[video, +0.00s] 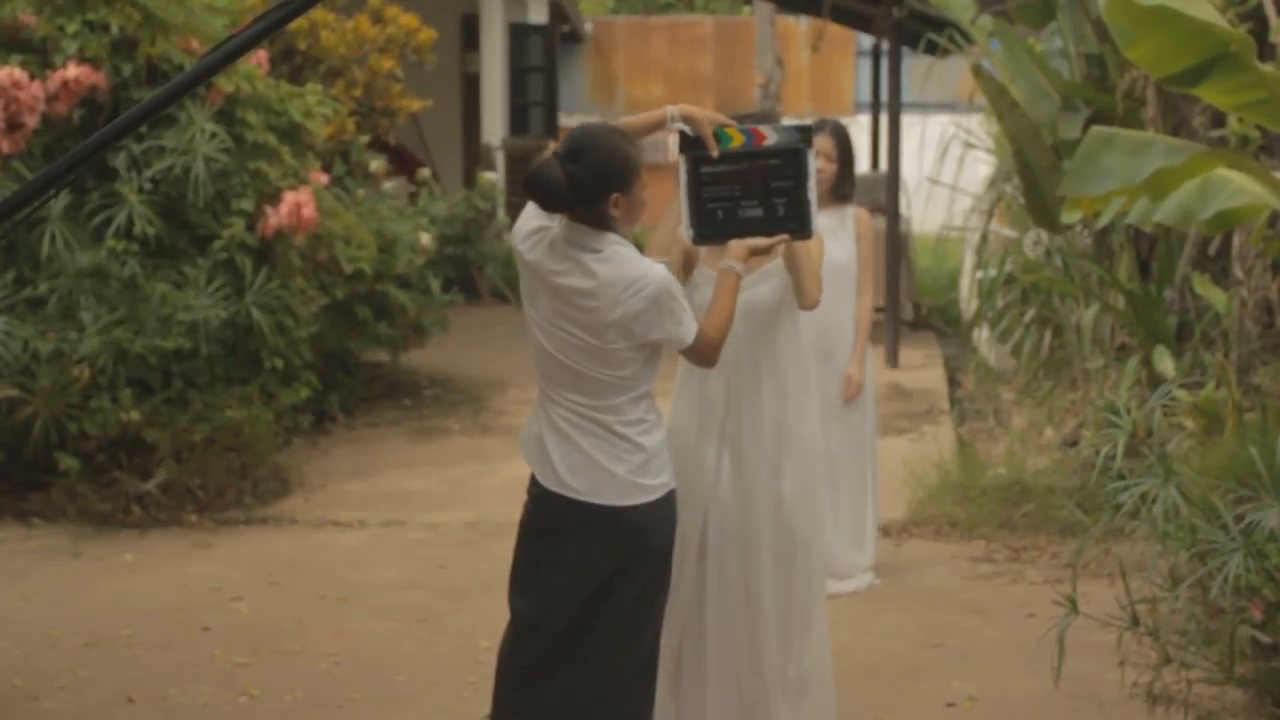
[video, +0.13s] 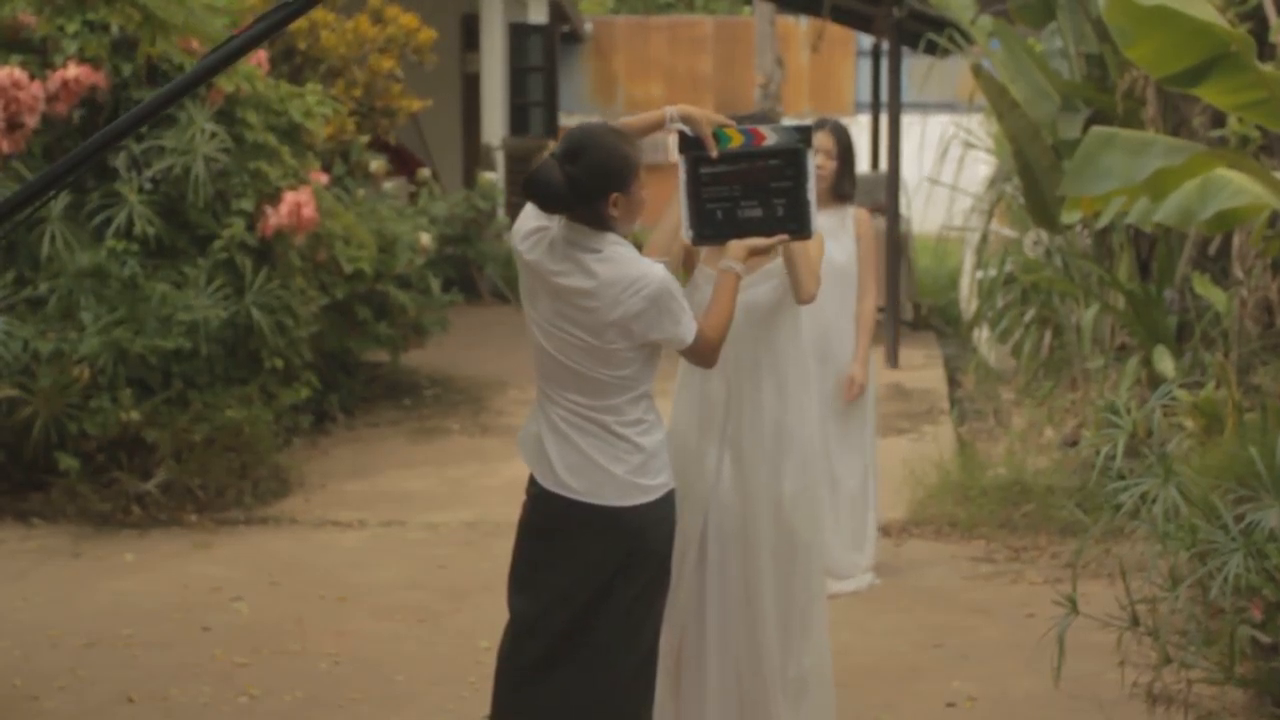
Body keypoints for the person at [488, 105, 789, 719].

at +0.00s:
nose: (648, 191)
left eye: (644, 178)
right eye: (642, 183)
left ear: (573, 191)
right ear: (616, 202)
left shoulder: (533, 240)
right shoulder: (642, 281)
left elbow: (573, 145)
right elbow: (704, 350)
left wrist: (669, 114)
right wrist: (732, 266)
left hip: (556, 486)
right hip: (634, 495)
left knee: (533, 649)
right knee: (621, 662)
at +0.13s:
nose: (644, 191)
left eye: (641, 178)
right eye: (638, 182)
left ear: (572, 191)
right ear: (615, 201)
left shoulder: (533, 240)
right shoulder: (642, 281)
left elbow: (574, 148)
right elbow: (703, 350)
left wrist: (667, 115)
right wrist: (732, 265)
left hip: (555, 486)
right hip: (633, 495)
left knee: (532, 648)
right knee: (621, 661)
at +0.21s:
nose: (642, 191)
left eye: (639, 178)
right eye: (636, 182)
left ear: (569, 187)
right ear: (614, 200)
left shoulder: (531, 239)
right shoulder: (641, 281)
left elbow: (574, 149)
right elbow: (703, 350)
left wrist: (667, 115)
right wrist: (732, 264)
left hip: (554, 487)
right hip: (633, 495)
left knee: (530, 651)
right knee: (620, 663)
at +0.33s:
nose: (640, 191)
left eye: (637, 178)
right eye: (634, 181)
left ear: (564, 185)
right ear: (613, 199)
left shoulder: (530, 239)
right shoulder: (640, 280)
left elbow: (569, 152)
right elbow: (702, 350)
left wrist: (663, 117)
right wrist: (731, 265)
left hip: (554, 488)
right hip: (632, 495)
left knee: (530, 651)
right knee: (619, 661)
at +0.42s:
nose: (638, 189)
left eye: (635, 177)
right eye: (633, 180)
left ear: (563, 184)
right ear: (614, 199)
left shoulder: (530, 240)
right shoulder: (640, 280)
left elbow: (568, 151)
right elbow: (703, 350)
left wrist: (663, 117)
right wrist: (730, 265)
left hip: (553, 488)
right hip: (631, 495)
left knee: (529, 649)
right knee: (619, 661)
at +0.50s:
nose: (636, 185)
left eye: (631, 175)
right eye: (632, 177)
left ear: (557, 182)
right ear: (621, 197)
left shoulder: (530, 241)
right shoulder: (639, 280)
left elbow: (567, 152)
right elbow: (703, 350)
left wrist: (663, 116)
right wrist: (730, 264)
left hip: (553, 489)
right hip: (632, 496)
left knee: (529, 651)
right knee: (619, 662)